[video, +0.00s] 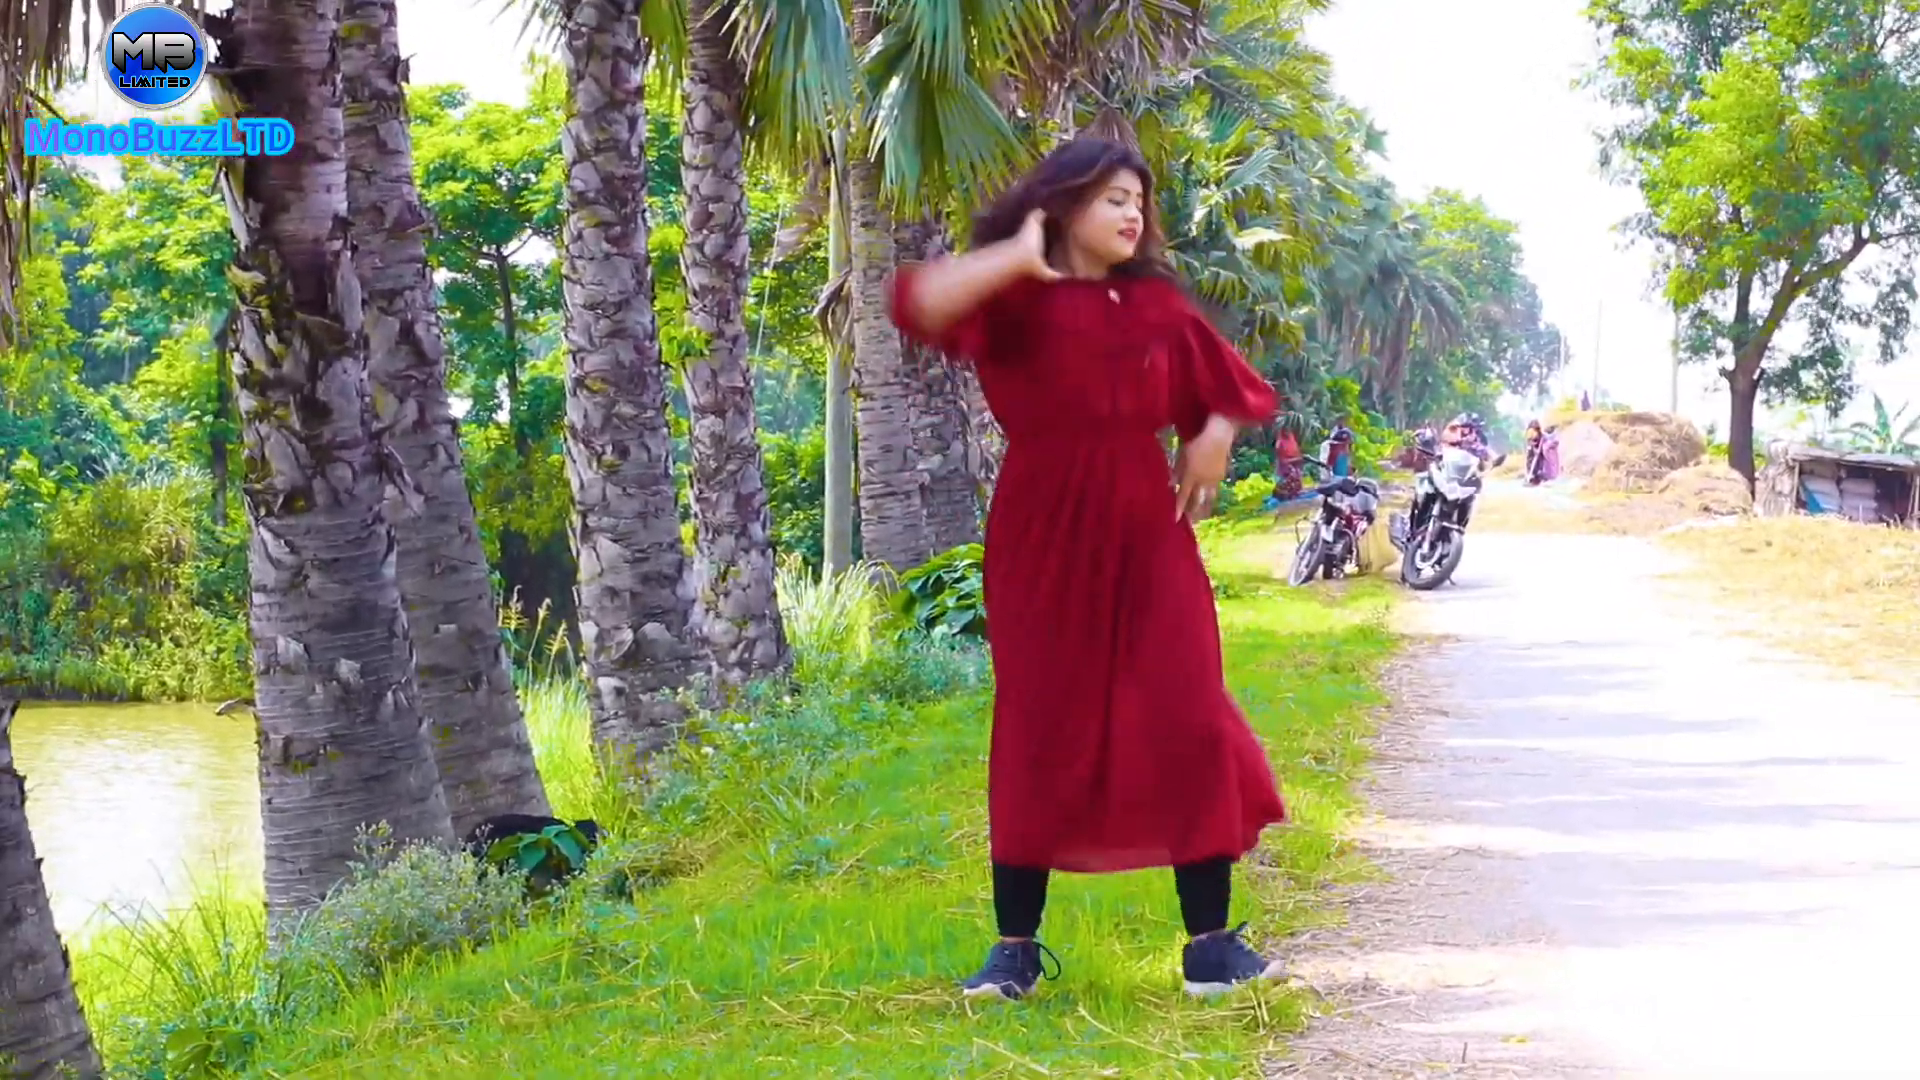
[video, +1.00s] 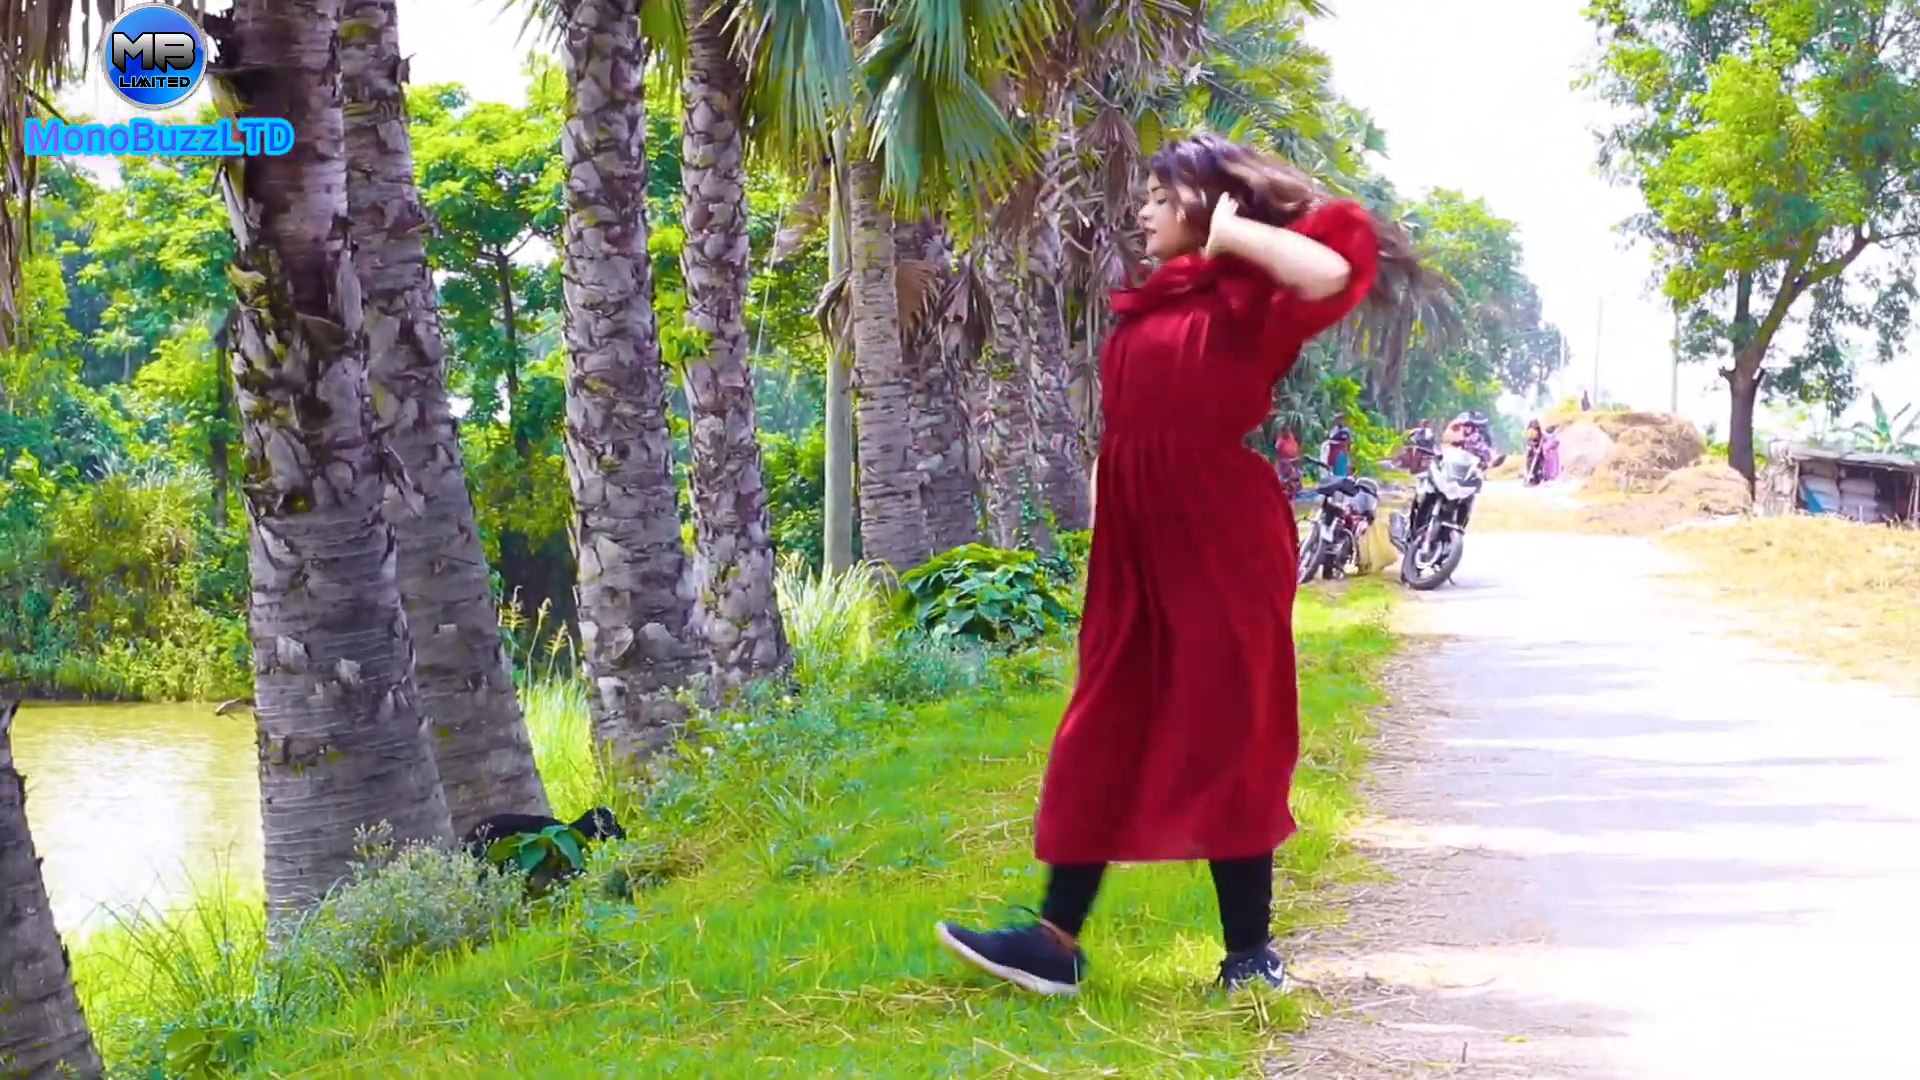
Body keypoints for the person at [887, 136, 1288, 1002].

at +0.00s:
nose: (1133, 215)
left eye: (1139, 203)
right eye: (1116, 198)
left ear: (1142, 220)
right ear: (1060, 206)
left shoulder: (1162, 304)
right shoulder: (1008, 295)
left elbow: (1240, 387)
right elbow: (914, 301)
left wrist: (1216, 432)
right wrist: (1016, 255)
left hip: (1149, 533)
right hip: (1039, 532)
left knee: (1197, 721)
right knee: (1029, 729)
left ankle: (1210, 941)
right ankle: (1015, 949)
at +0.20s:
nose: (1096, 218)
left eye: (1100, 203)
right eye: (1080, 202)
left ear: (1097, 216)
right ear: (1029, 208)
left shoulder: (1112, 295)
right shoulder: (980, 292)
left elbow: (1185, 374)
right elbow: (884, 294)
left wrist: (1173, 423)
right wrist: (1010, 246)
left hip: (1118, 517)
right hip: (1014, 520)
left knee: (1161, 720)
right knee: (1008, 724)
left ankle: (1191, 938)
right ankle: (995, 941)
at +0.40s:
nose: (1140, 224)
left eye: (1144, 210)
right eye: (1122, 208)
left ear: (1145, 220)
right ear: (1061, 215)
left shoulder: (1163, 305)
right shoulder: (1012, 302)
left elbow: (1240, 393)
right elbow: (946, 299)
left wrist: (1197, 461)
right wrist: (1036, 237)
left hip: (1159, 534)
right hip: (1046, 535)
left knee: (1213, 736)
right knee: (1023, 740)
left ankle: (1247, 953)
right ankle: (1018, 964)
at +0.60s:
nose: (1159, 262)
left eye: (1166, 251)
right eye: (1139, 250)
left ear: (1175, 268)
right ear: (1092, 266)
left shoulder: (1191, 348)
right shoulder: (1045, 354)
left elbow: (1300, 425)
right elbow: (919, 373)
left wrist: (1244, 479)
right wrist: (1006, 324)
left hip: (1183, 580)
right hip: (1077, 582)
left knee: (1201, 758)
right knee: (1032, 750)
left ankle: (1234, 944)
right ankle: (1016, 939)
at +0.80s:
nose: (1143, 217)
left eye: (1162, 202)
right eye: (1141, 204)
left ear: (1214, 215)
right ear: (1141, 226)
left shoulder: (1264, 298)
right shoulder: (1125, 329)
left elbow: (1306, 352)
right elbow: (1075, 441)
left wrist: (1213, 318)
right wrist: (1057, 514)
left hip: (1232, 560)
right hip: (1128, 553)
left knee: (1234, 753)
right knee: (1041, 737)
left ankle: (1256, 971)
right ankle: (1033, 948)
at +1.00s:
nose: (1141, 213)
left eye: (1159, 199)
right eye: (1144, 199)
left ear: (1210, 210)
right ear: (1164, 215)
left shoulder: (1249, 296)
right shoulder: (1144, 305)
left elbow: (1333, 276)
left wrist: (1232, 228)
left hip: (1225, 539)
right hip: (1134, 537)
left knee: (1231, 734)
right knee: (1100, 726)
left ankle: (1249, 957)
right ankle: (1055, 937)